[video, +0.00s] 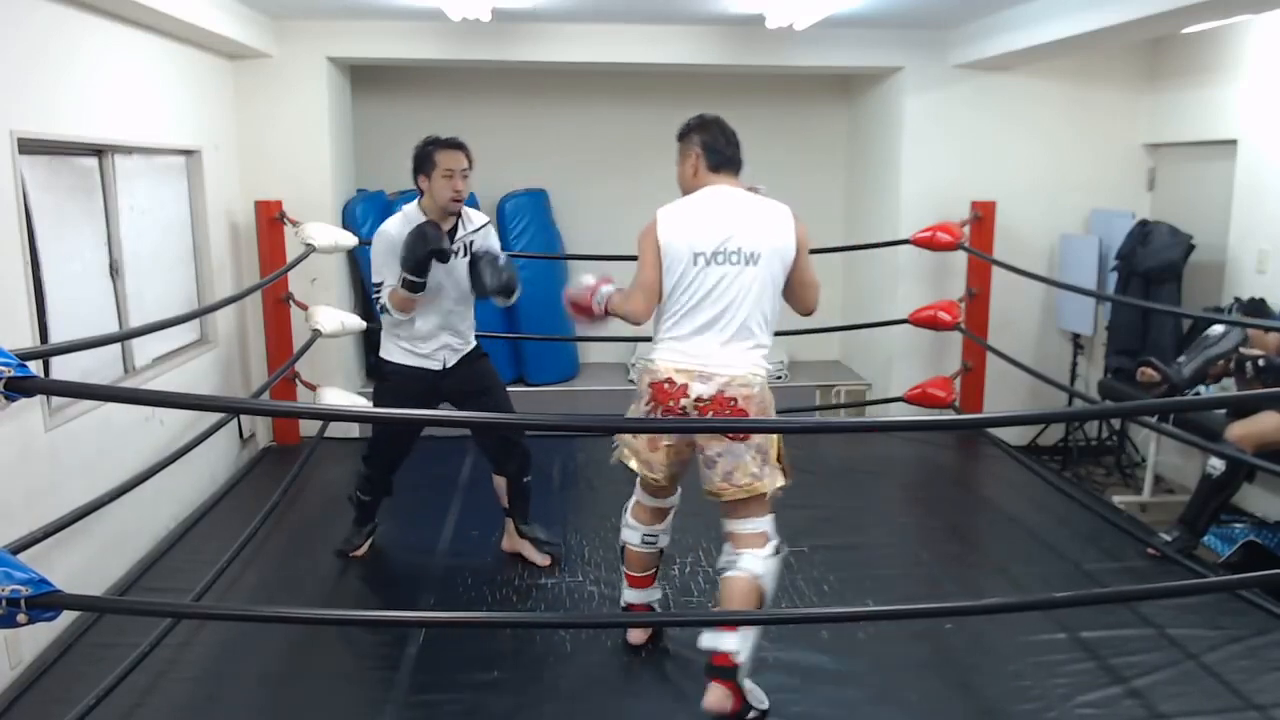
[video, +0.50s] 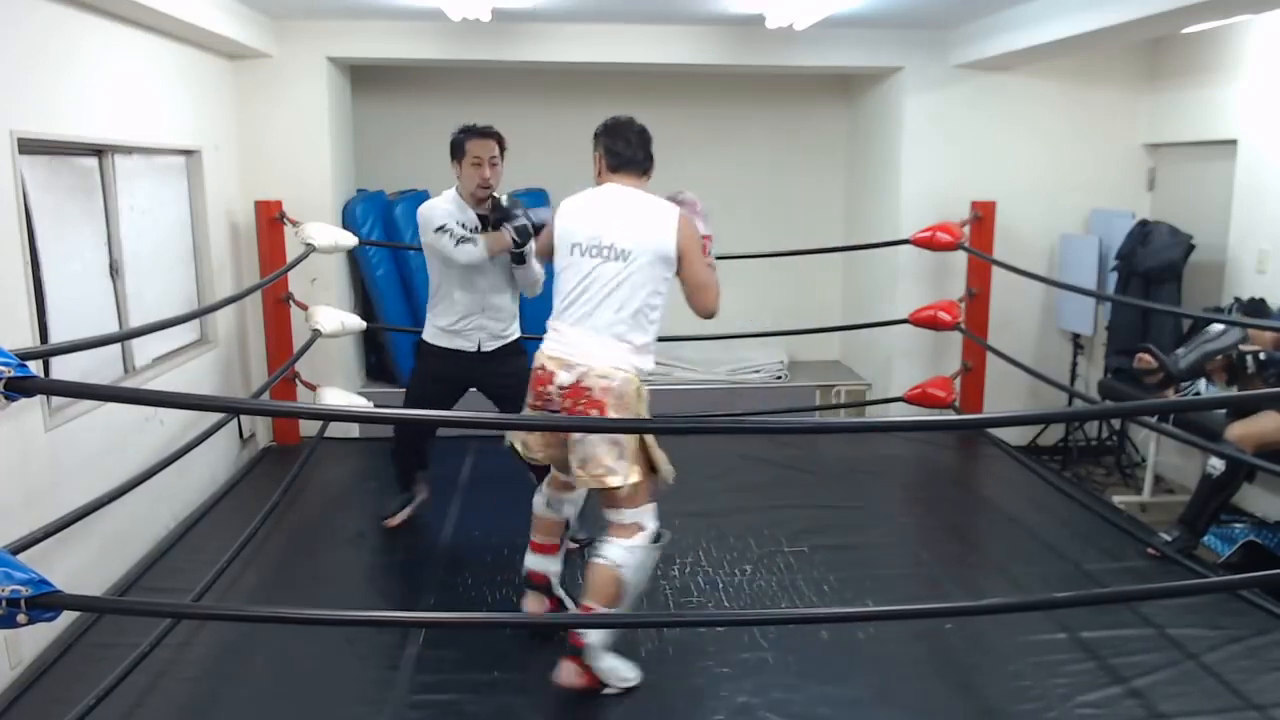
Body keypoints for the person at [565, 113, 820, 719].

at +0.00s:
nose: (678, 173)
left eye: (679, 163)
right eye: (679, 164)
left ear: (694, 160)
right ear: (736, 161)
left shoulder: (665, 221)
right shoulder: (781, 218)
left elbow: (640, 308)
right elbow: (806, 300)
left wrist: (603, 297)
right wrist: (757, 255)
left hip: (668, 389)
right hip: (741, 395)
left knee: (651, 501)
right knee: (750, 535)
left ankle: (638, 620)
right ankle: (725, 673)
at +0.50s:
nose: (591, 168)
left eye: (592, 161)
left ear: (599, 162)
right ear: (650, 166)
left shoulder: (570, 209)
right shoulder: (672, 219)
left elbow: (541, 248)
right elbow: (706, 304)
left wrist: (596, 227)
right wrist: (700, 239)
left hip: (550, 374)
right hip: (612, 388)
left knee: (563, 477)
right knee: (632, 523)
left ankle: (537, 591)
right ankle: (585, 652)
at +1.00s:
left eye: (560, 189)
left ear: (561, 193)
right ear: (612, 199)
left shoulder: (527, 237)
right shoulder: (624, 253)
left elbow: (470, 279)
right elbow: (652, 335)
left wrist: (497, 253)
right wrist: (667, 298)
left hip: (492, 386)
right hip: (546, 403)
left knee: (506, 471)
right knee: (592, 526)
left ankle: (499, 562)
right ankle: (566, 656)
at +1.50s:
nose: (593, 192)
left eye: (531, 182)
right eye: (593, 185)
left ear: (533, 188)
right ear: (594, 189)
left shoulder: (499, 241)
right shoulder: (611, 257)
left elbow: (479, 286)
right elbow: (650, 323)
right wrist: (637, 274)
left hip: (494, 412)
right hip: (558, 425)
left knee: (483, 512)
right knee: (569, 577)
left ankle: (474, 588)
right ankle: (532, 700)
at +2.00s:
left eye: (519, 178)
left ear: (518, 187)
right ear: (573, 184)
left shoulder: (498, 253)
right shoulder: (607, 238)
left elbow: (424, 249)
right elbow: (663, 276)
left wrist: (435, 194)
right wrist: (697, 300)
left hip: (542, 405)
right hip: (612, 391)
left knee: (559, 493)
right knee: (655, 452)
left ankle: (590, 581)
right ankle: (671, 517)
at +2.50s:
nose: (527, 177)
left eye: (525, 171)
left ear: (528, 177)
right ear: (581, 171)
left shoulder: (510, 242)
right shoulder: (621, 227)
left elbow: (480, 303)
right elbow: (673, 274)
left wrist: (520, 263)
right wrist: (679, 241)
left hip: (551, 393)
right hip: (617, 385)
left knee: (572, 503)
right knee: (628, 493)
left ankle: (601, 594)